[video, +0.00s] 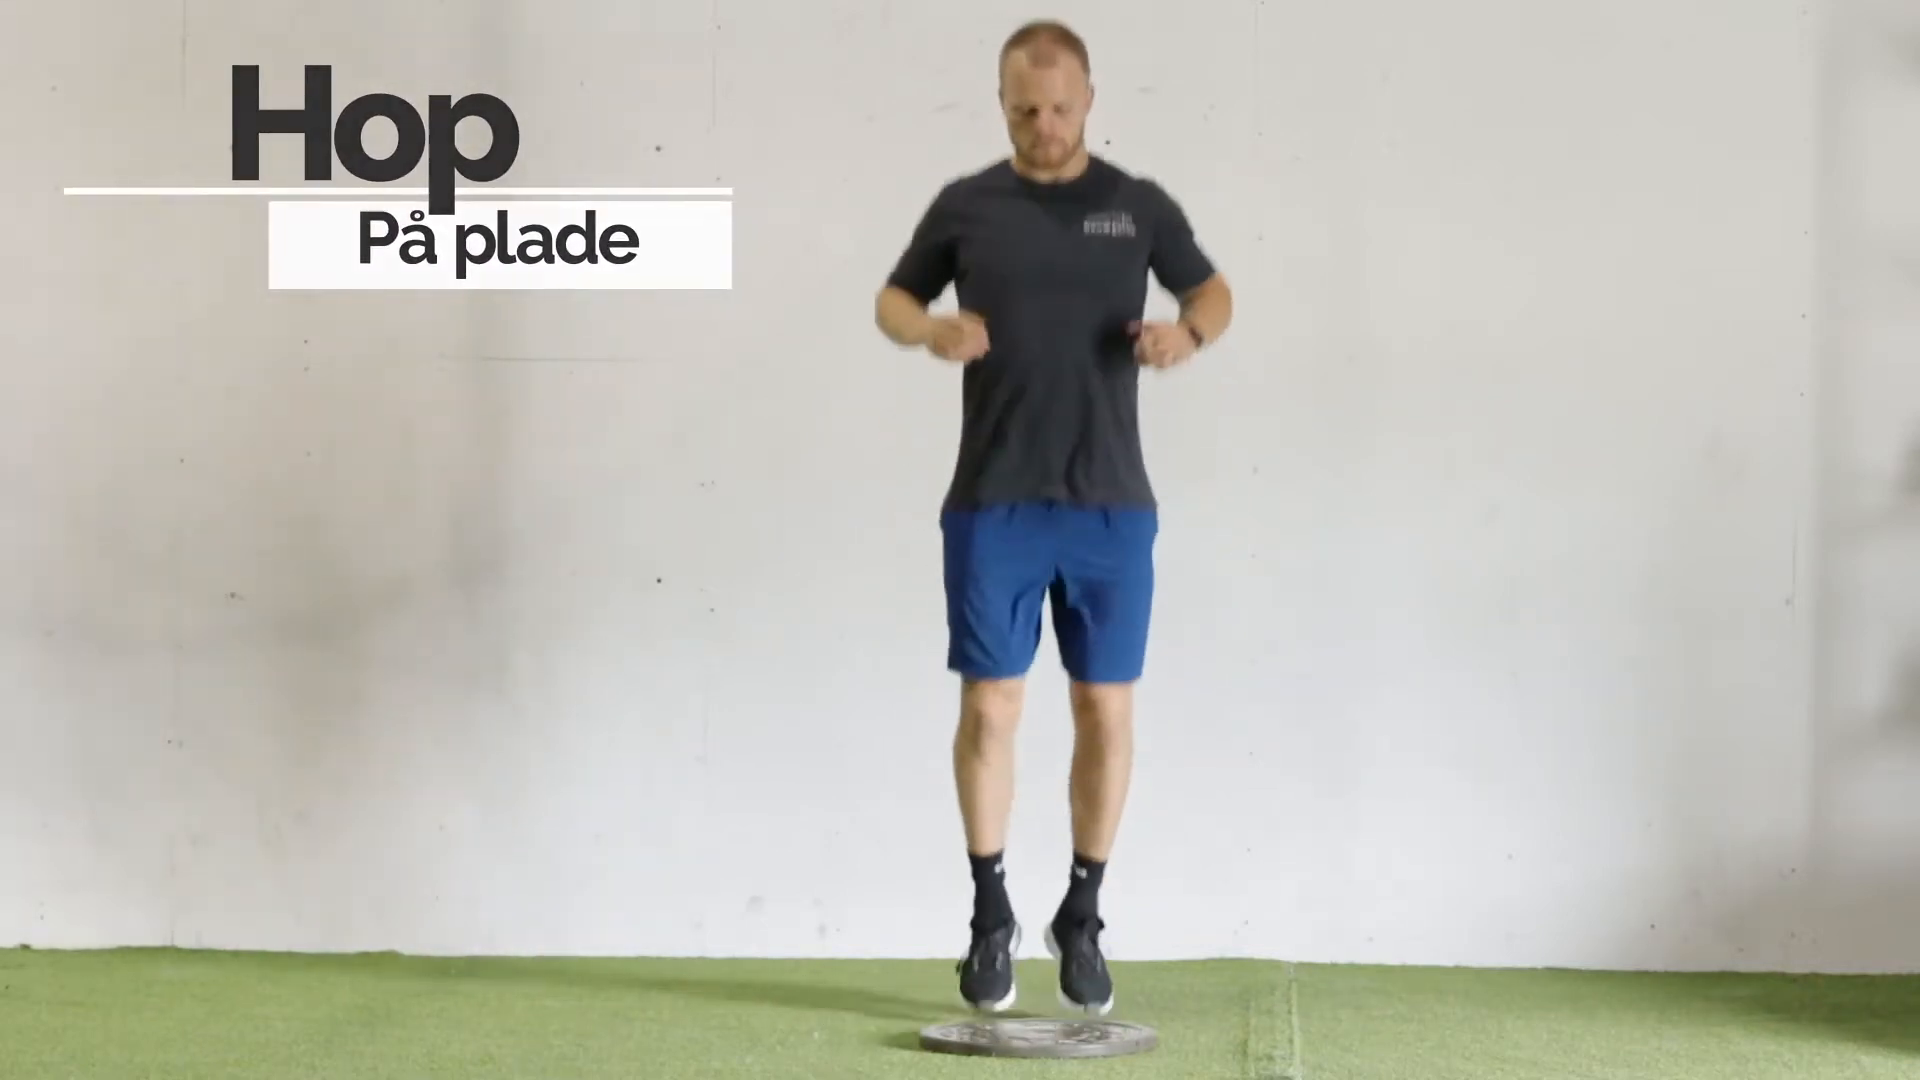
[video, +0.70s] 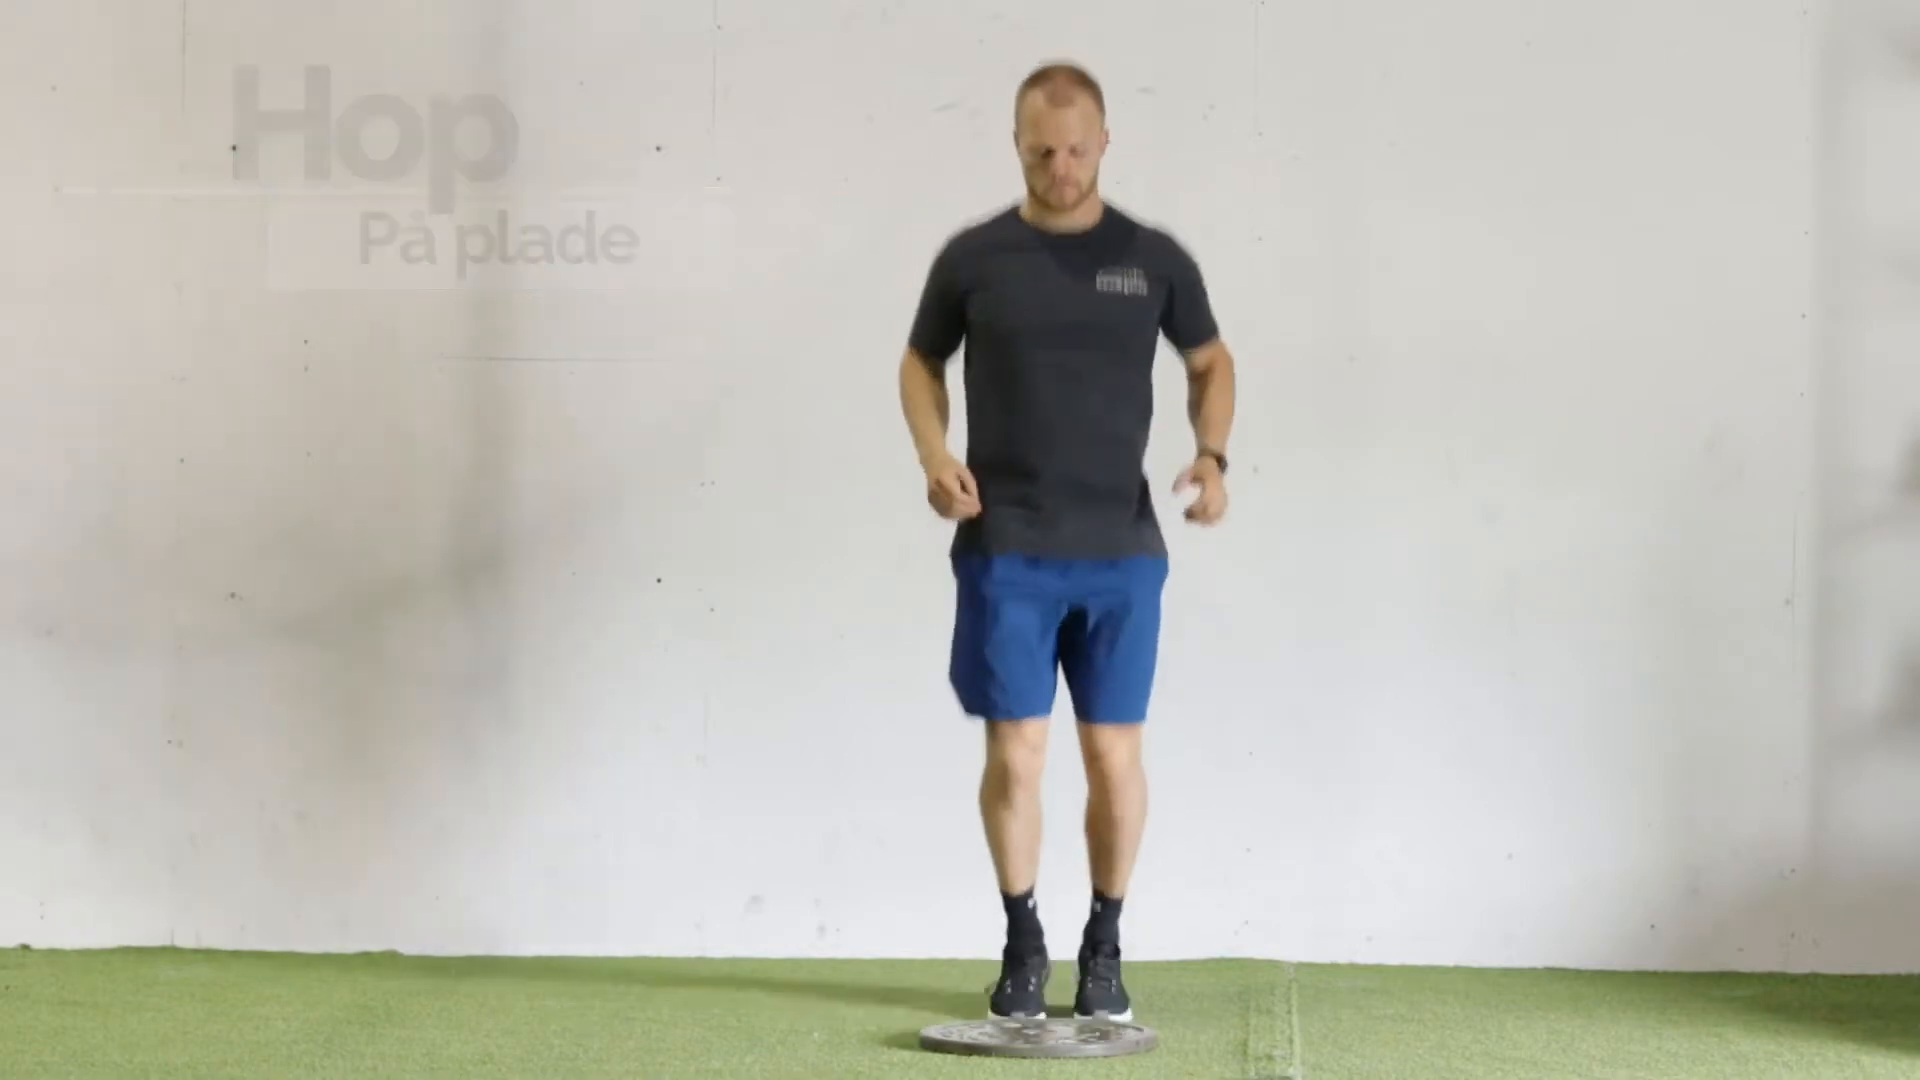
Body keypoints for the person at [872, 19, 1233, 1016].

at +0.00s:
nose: (1044, 125)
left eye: (1059, 108)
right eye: (1027, 109)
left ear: (1088, 102)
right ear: (1004, 108)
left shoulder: (1139, 206)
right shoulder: (965, 207)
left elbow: (1212, 293)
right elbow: (893, 302)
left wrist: (1186, 332)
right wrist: (932, 328)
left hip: (1110, 500)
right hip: (996, 498)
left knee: (1105, 712)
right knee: (990, 711)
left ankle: (1082, 917)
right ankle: (991, 916)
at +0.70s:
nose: (1057, 166)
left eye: (1073, 149)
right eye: (1040, 150)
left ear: (1103, 144)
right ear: (1018, 150)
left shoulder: (1155, 258)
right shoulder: (971, 258)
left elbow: (1211, 364)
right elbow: (921, 365)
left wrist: (1210, 453)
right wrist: (937, 458)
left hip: (1121, 548)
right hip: (1007, 546)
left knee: (1113, 754)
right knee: (1015, 754)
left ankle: (1103, 950)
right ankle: (1023, 946)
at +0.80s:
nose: (1053, 209)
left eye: (1070, 192)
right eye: (1036, 193)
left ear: (1101, 189)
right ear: (1015, 194)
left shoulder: (1152, 307)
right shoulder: (974, 307)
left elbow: (1209, 412)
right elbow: (920, 418)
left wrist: (1201, 482)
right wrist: (942, 467)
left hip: (1117, 594)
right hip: (1008, 594)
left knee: (1115, 794)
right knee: (1016, 792)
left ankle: (1098, 959)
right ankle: (1033, 957)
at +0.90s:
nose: (1055, 142)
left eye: (1071, 125)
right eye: (1038, 126)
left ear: (1101, 120)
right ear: (1016, 125)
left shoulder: (1149, 230)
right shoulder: (974, 227)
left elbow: (1213, 334)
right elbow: (899, 325)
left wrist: (1187, 369)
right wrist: (935, 340)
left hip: (1120, 517)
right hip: (1007, 515)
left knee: (1120, 721)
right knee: (1008, 722)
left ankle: (1106, 929)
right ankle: (1015, 929)